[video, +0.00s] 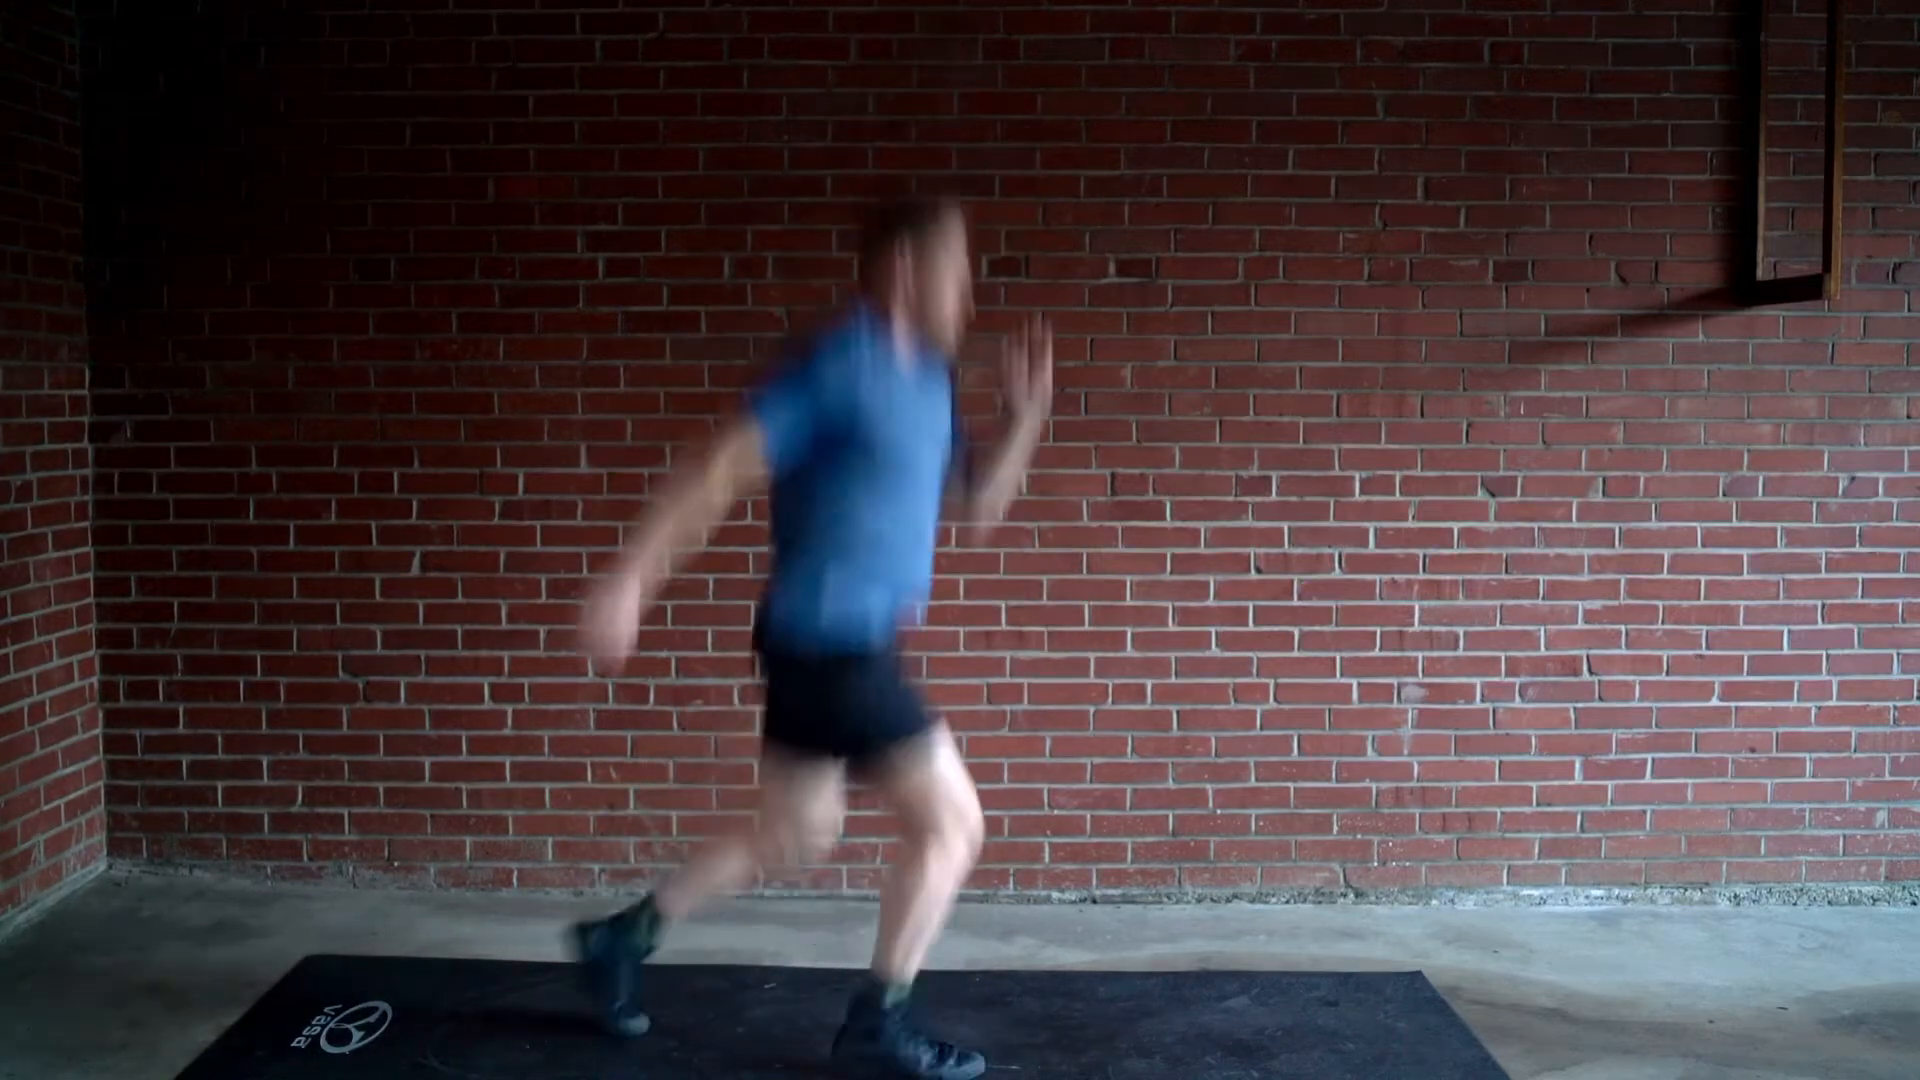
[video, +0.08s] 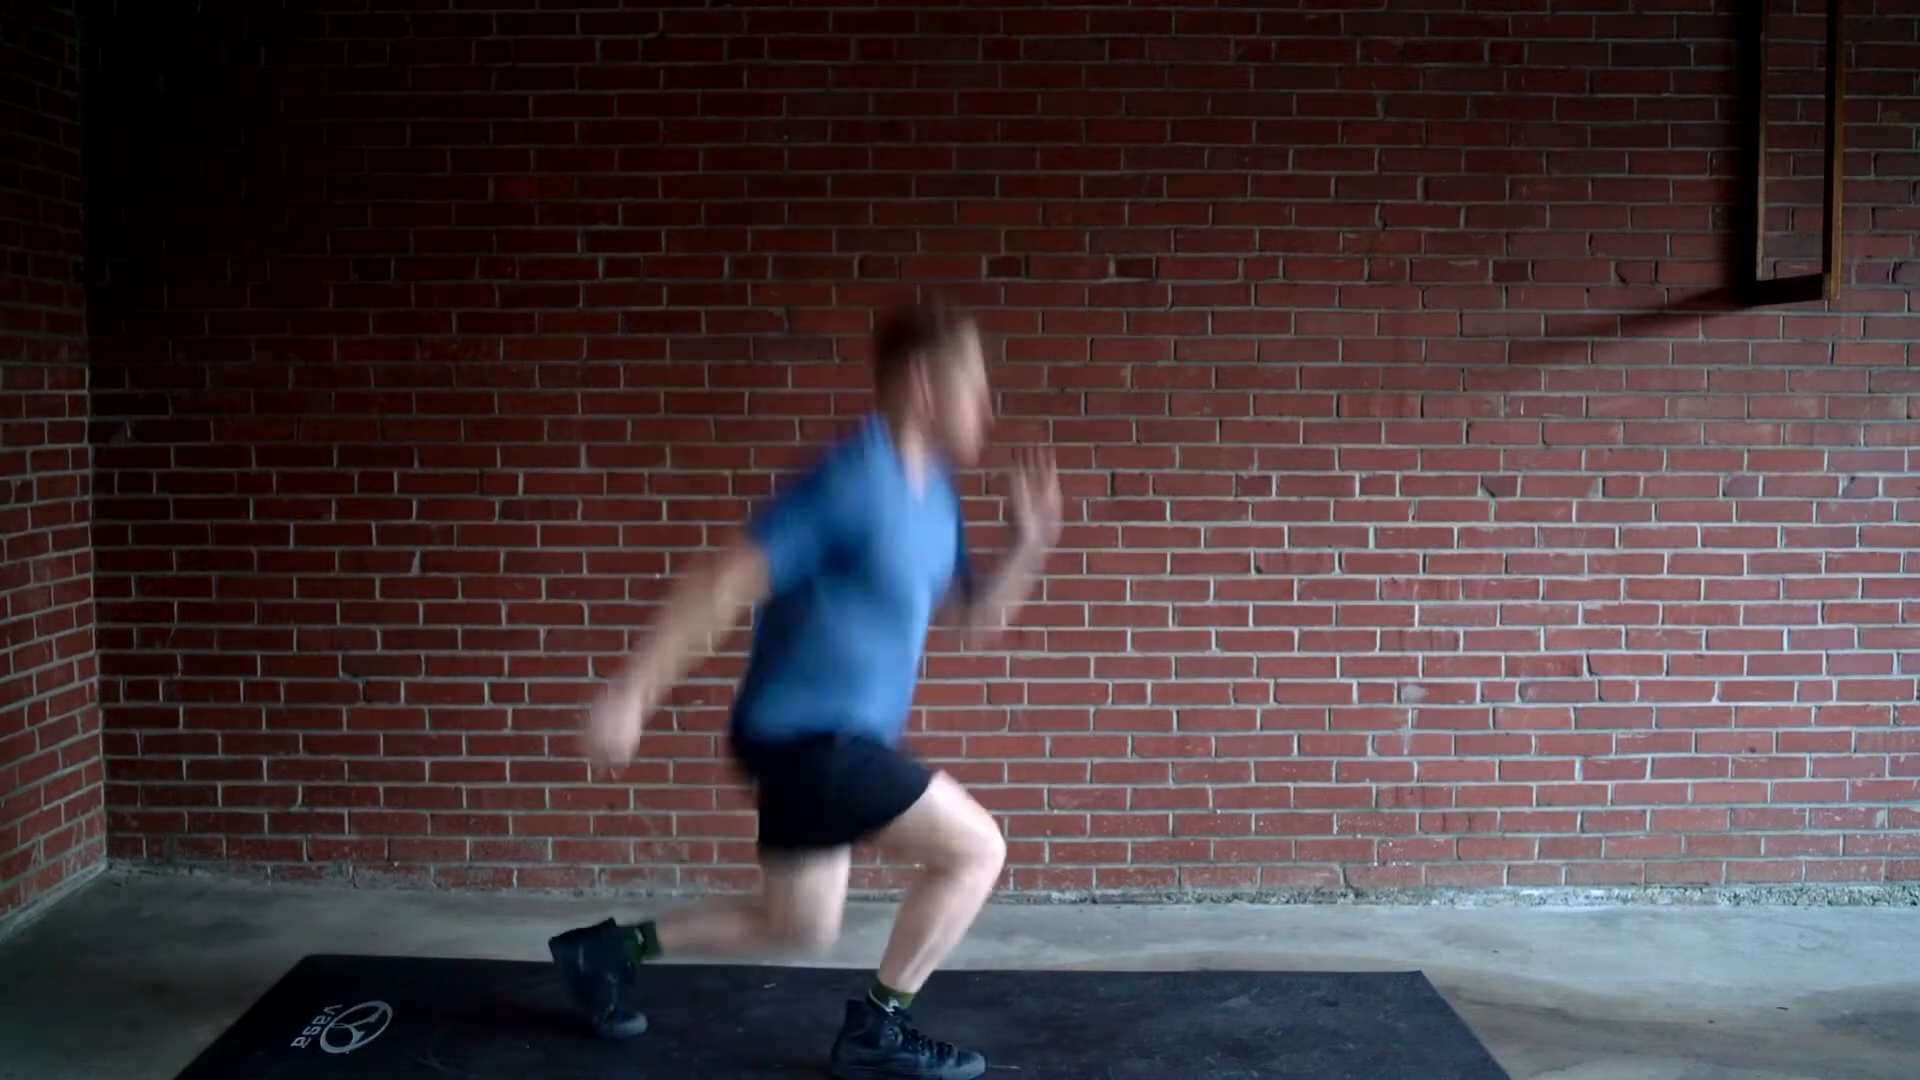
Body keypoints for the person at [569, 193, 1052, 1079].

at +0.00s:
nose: (965, 286)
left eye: (966, 266)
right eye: (950, 266)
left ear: (948, 274)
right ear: (897, 269)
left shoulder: (934, 376)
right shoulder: (843, 361)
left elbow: (974, 513)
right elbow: (726, 462)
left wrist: (1025, 418)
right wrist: (630, 580)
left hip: (843, 642)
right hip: (827, 644)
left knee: (795, 838)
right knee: (953, 825)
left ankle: (627, 933)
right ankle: (880, 1022)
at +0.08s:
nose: (985, 399)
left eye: (983, 379)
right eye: (970, 379)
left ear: (928, 383)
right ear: (918, 381)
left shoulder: (934, 486)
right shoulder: (854, 478)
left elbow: (975, 614)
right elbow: (727, 581)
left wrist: (1028, 545)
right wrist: (631, 694)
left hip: (846, 734)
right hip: (801, 736)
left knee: (800, 926)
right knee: (973, 851)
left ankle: (608, 950)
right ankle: (879, 1027)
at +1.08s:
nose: (988, 153)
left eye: (985, 133)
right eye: (976, 134)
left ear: (919, 141)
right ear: (928, 138)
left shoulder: (864, 228)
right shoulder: (918, 232)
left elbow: (778, 333)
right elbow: (994, 355)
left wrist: (723, 435)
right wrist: (1037, 253)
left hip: (891, 504)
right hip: (857, 506)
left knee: (946, 690)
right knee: (800, 717)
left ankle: (948, 883)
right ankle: (640, 857)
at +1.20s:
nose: (1003, 294)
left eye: (1001, 275)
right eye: (991, 275)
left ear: (935, 274)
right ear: (943, 271)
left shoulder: (873, 358)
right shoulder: (926, 365)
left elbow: (780, 452)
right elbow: (1003, 506)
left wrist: (736, 535)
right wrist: (1046, 392)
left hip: (896, 630)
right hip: (850, 634)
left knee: (988, 792)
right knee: (833, 859)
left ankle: (928, 976)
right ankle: (649, 963)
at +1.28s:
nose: (1018, 391)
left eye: (1015, 371)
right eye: (1006, 372)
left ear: (944, 378)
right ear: (962, 377)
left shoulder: (888, 459)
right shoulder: (932, 470)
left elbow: (792, 544)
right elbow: (1013, 613)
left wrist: (759, 623)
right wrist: (1053, 504)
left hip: (888, 718)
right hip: (835, 726)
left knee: (1010, 814)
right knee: (847, 947)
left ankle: (929, 979)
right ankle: (647, 970)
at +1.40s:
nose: (1033, 500)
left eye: (1031, 483)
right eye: (1022, 482)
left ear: (969, 491)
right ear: (978, 490)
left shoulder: (897, 553)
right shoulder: (945, 578)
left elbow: (795, 630)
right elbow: (1026, 722)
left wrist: (754, 724)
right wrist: (1064, 605)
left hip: (858, 782)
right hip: (809, 805)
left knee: (1011, 819)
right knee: (869, 1016)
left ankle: (931, 978)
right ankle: (673, 973)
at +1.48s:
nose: (1040, 533)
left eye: (1038, 517)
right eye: (1031, 518)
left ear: (978, 526)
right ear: (985, 528)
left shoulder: (897, 581)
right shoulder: (952, 606)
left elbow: (788, 656)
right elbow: (1032, 757)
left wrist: (735, 743)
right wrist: (1067, 641)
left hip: (851, 806)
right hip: (807, 832)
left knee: (1007, 819)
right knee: (871, 1034)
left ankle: (931, 981)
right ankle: (679, 977)